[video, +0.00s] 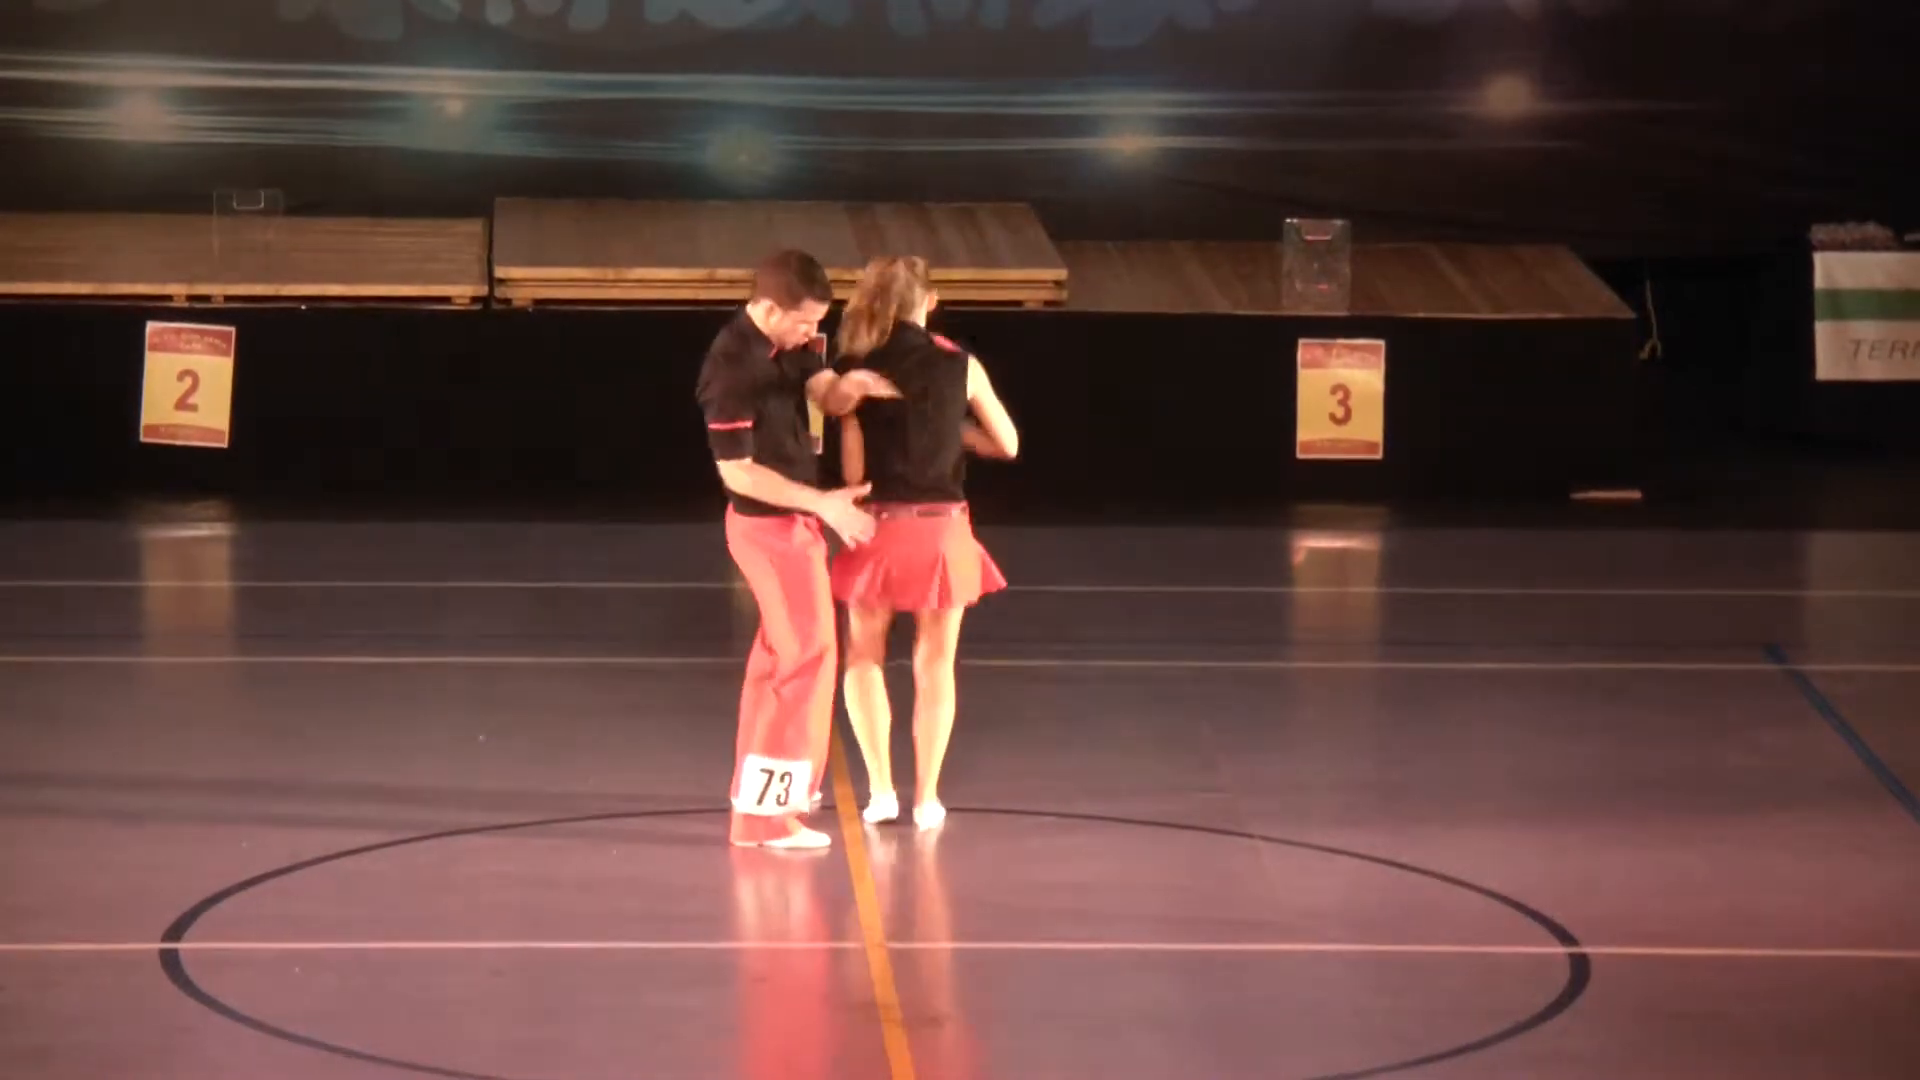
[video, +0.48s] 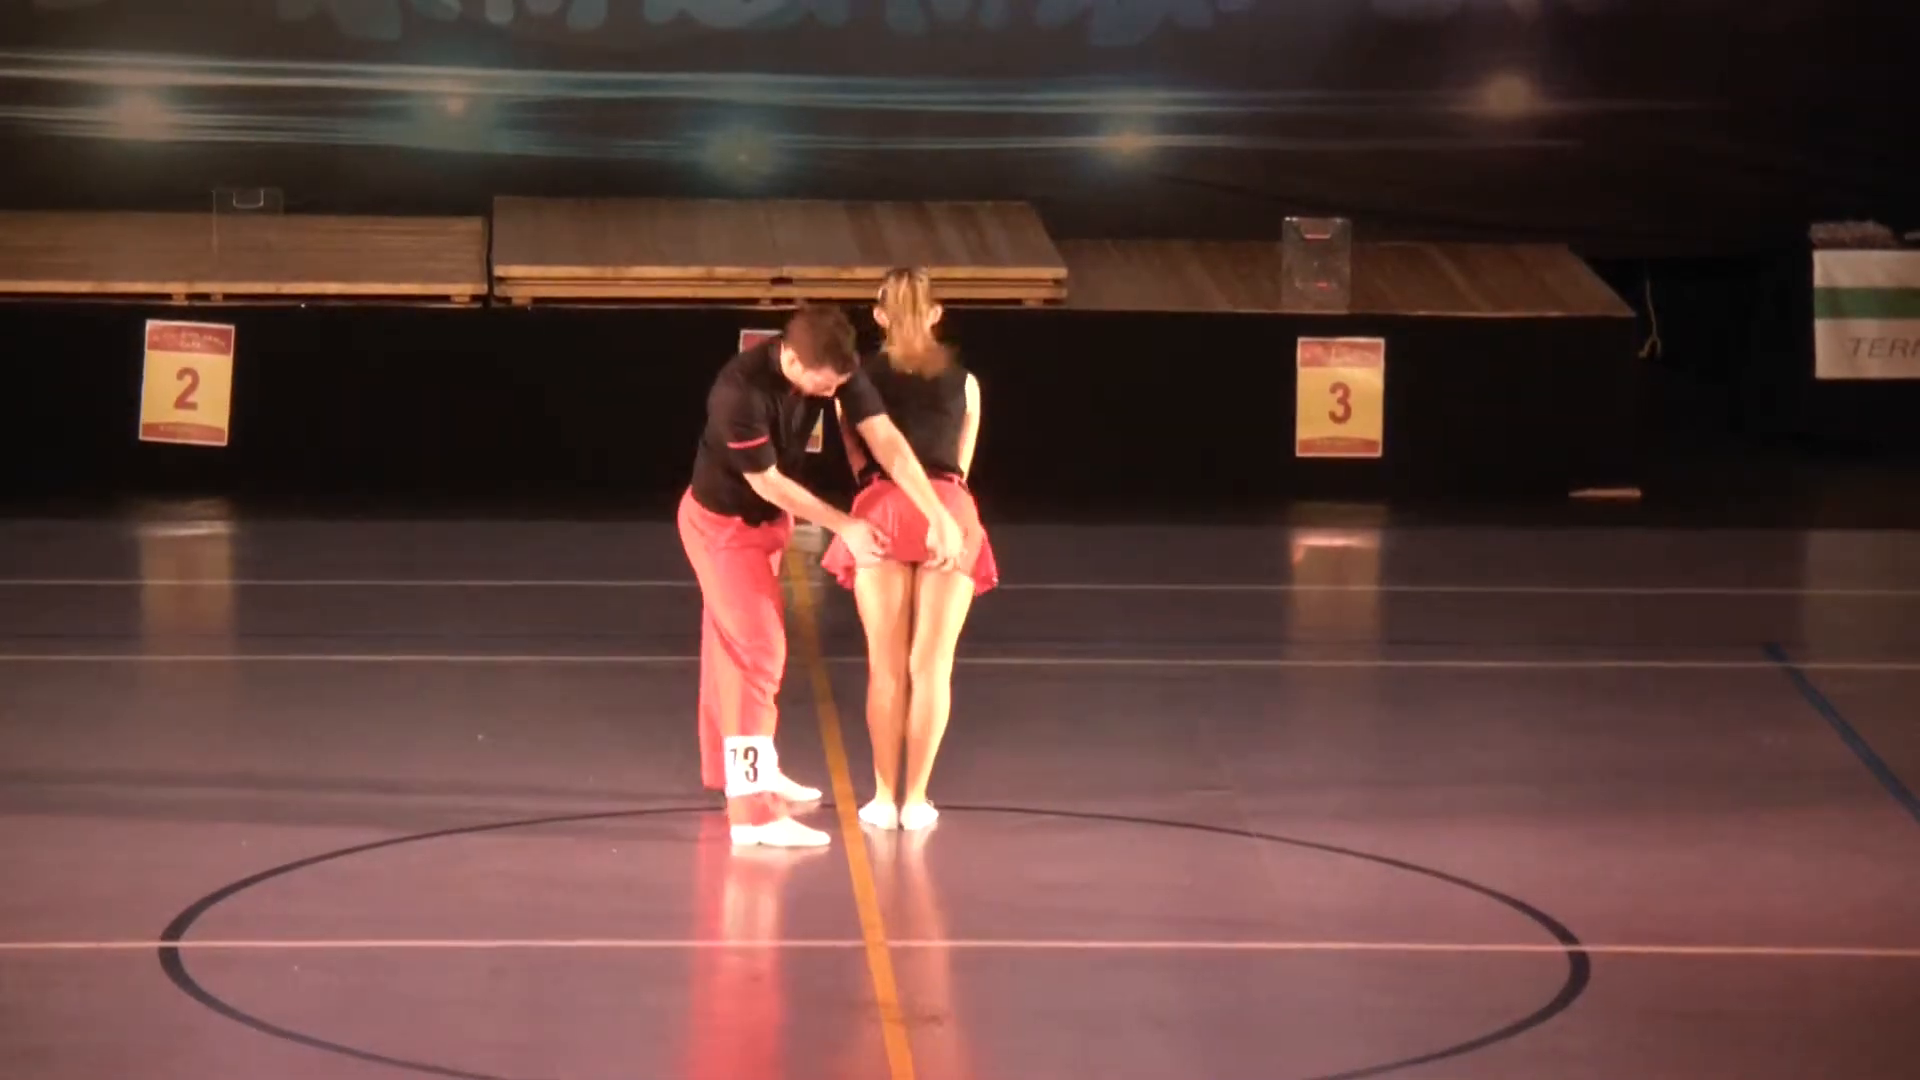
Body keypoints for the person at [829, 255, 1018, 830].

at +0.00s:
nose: (936, 307)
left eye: (930, 299)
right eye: (934, 299)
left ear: (870, 303)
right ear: (927, 304)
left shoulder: (852, 370)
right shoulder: (961, 366)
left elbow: (853, 473)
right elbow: (1006, 444)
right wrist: (946, 430)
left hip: (878, 530)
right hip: (946, 531)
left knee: (864, 657)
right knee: (936, 665)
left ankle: (881, 790)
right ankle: (927, 797)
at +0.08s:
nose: (935, 315)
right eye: (934, 308)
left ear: (875, 309)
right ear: (929, 312)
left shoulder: (848, 375)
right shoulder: (960, 377)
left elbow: (846, 476)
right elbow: (1001, 462)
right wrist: (944, 471)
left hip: (874, 537)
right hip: (944, 539)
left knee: (872, 667)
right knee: (937, 665)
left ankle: (884, 799)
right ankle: (925, 798)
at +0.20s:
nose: (871, 294)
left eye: (876, 284)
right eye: (874, 282)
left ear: (884, 291)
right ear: (927, 288)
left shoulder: (856, 358)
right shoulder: (961, 356)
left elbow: (853, 451)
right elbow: (970, 448)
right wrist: (959, 511)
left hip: (876, 500)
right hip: (945, 501)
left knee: (881, 658)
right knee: (932, 659)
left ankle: (884, 796)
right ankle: (922, 795)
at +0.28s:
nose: (869, 306)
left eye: (872, 299)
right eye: (874, 297)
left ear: (879, 305)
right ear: (930, 303)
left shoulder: (855, 371)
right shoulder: (960, 370)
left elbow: (856, 458)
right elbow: (954, 460)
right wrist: (939, 521)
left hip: (875, 506)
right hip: (945, 504)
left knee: (882, 666)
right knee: (928, 666)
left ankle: (883, 801)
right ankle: (911, 802)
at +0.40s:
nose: (874, 316)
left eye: (876, 308)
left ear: (879, 316)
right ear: (931, 314)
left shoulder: (857, 380)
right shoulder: (962, 381)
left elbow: (854, 464)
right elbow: (957, 463)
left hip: (877, 502)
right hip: (948, 502)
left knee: (883, 660)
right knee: (930, 661)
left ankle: (882, 798)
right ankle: (911, 799)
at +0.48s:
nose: (884, 316)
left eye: (883, 307)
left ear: (880, 314)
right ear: (934, 313)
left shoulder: (858, 381)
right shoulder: (965, 382)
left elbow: (858, 464)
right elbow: (960, 464)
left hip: (882, 505)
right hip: (951, 506)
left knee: (886, 665)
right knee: (933, 665)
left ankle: (885, 797)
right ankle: (914, 801)